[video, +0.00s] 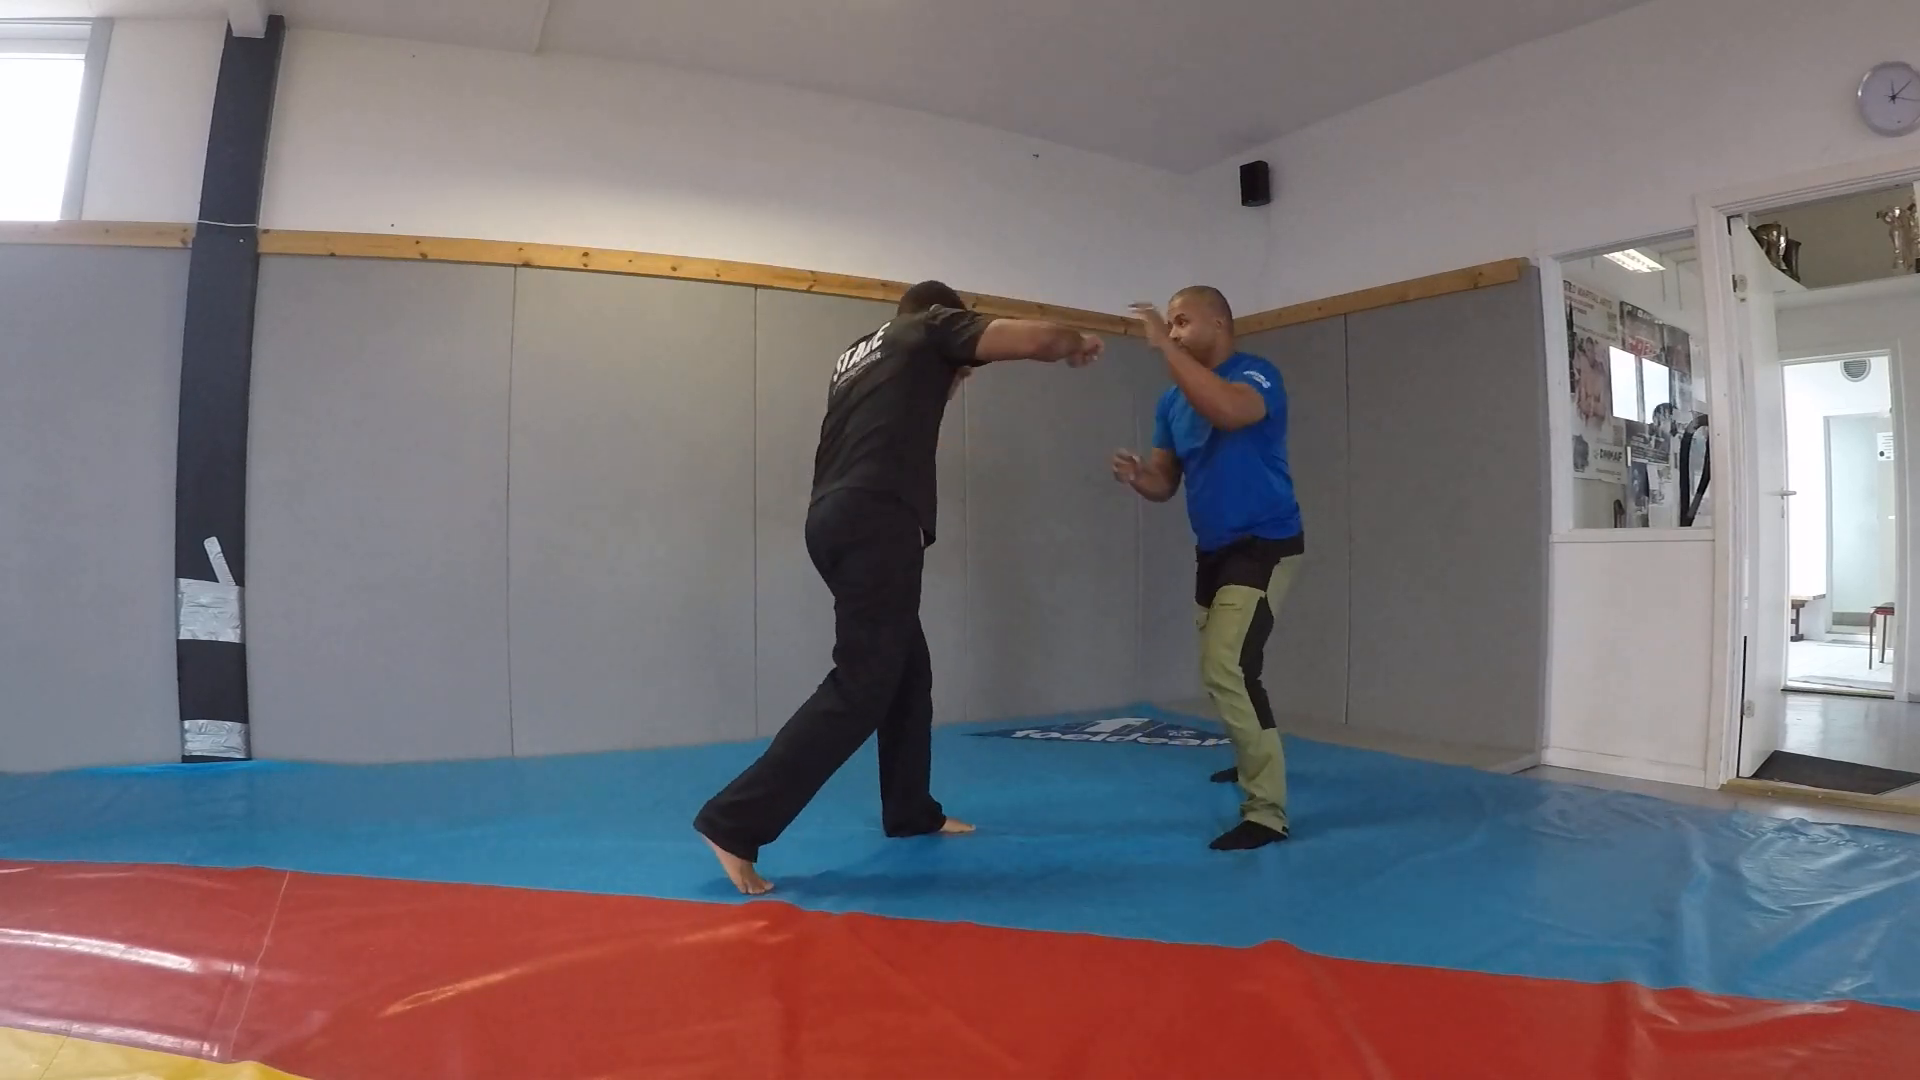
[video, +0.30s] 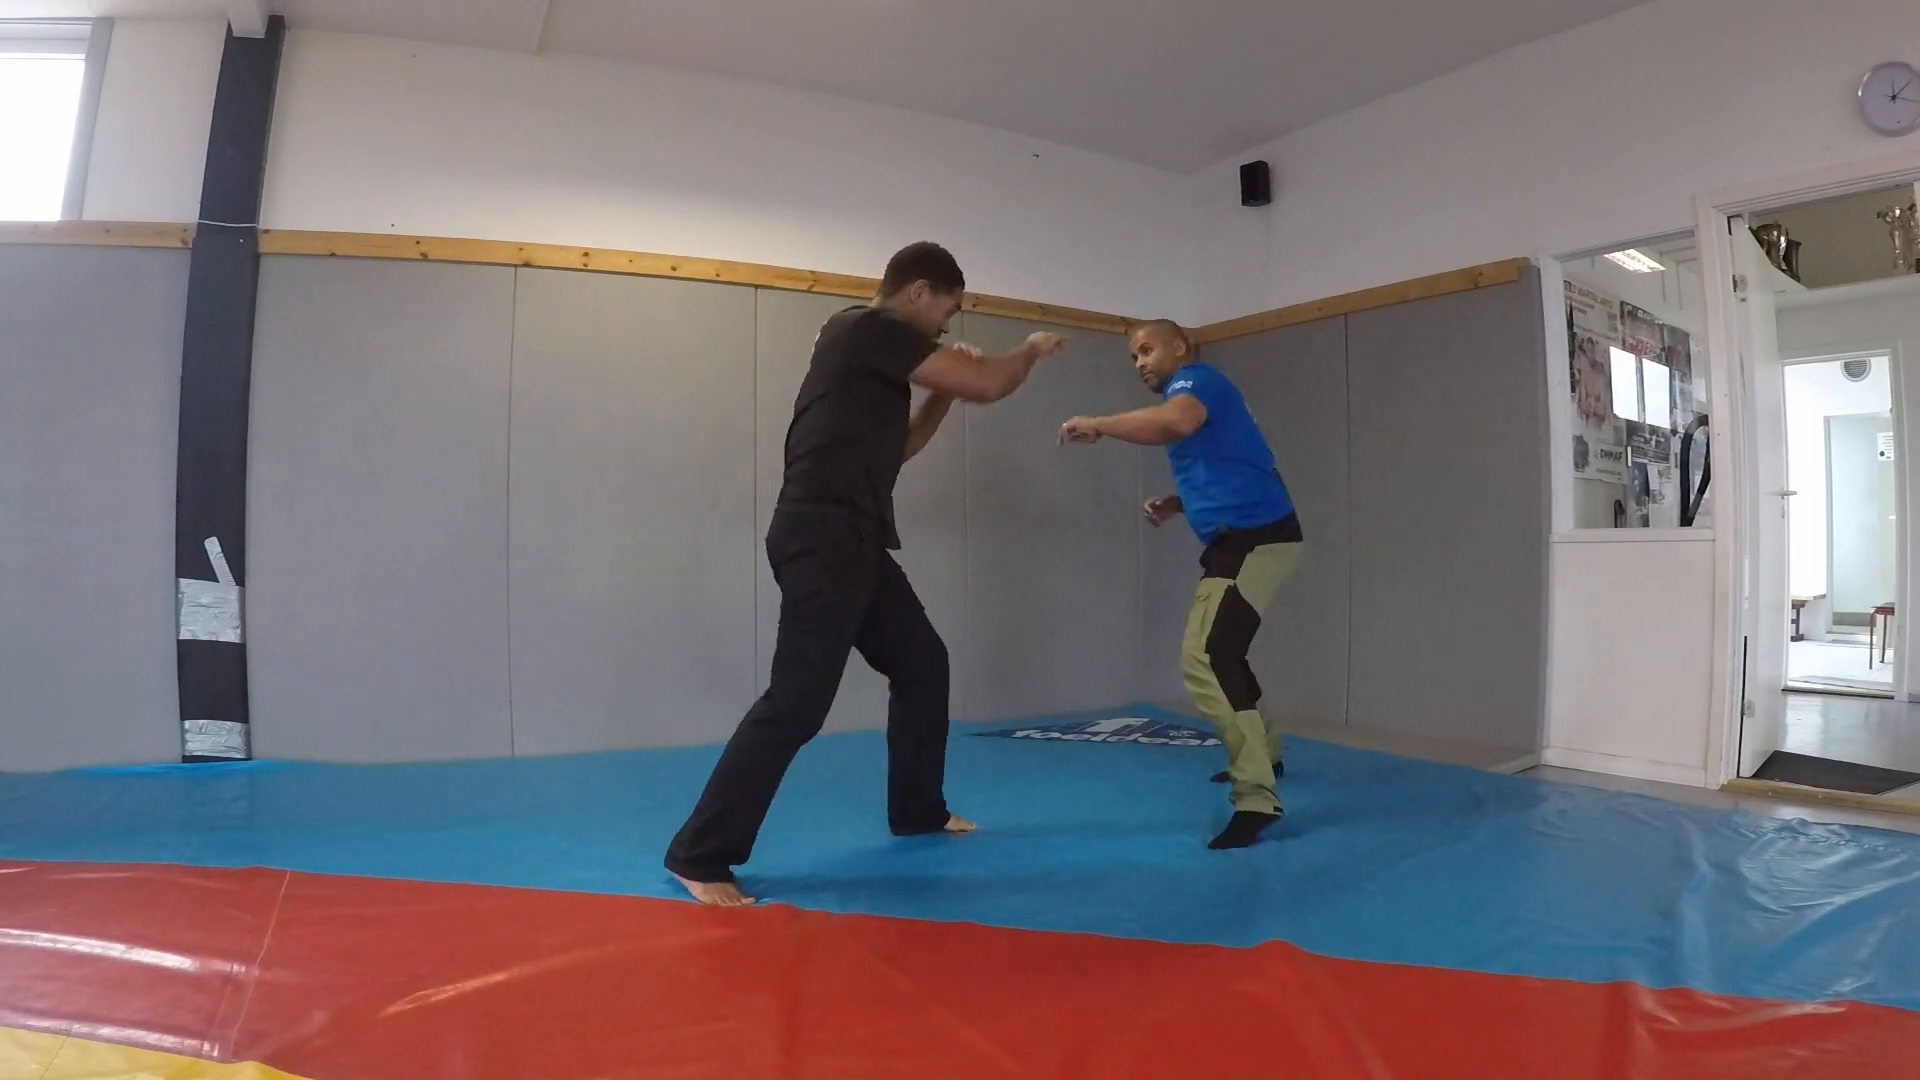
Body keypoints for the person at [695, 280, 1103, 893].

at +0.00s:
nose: (964, 366)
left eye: (965, 354)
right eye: (963, 335)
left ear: (904, 311)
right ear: (947, 316)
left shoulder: (858, 354)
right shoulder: (930, 325)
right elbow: (1040, 338)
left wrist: (952, 370)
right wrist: (1072, 344)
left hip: (832, 521)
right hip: (876, 517)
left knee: (909, 670)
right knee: (866, 681)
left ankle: (910, 812)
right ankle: (734, 824)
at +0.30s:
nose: (946, 326)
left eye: (949, 316)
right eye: (946, 310)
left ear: (902, 291)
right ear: (919, 291)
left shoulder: (859, 350)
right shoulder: (868, 329)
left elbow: (897, 450)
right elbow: (985, 382)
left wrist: (945, 389)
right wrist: (1030, 352)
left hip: (852, 542)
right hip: (824, 538)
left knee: (923, 665)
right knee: (797, 700)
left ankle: (918, 811)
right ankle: (699, 857)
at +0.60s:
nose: (991, 354)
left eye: (997, 345)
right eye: (992, 340)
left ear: (961, 321)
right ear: (967, 319)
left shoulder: (930, 375)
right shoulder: (875, 346)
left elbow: (925, 434)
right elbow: (901, 435)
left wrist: (994, 388)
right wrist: (984, 393)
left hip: (875, 545)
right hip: (818, 531)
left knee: (934, 669)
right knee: (836, 684)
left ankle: (943, 812)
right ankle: (727, 833)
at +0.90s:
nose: (963, 337)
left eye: (967, 329)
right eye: (966, 328)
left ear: (914, 303)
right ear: (949, 311)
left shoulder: (856, 346)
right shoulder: (919, 356)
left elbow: (916, 415)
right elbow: (1010, 437)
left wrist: (979, 393)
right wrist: (1035, 372)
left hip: (841, 548)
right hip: (840, 551)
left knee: (924, 675)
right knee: (810, 713)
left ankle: (945, 812)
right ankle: (711, 874)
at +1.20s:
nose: (941, 323)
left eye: (947, 313)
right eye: (939, 306)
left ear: (897, 289)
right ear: (903, 284)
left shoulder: (865, 339)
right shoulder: (873, 340)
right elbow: (916, 463)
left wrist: (955, 344)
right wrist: (976, 477)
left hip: (859, 543)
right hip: (830, 537)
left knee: (929, 668)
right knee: (807, 703)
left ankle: (931, 813)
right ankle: (714, 870)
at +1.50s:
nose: (909, 343)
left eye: (913, 334)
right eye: (908, 328)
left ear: (870, 313)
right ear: (873, 310)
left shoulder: (848, 357)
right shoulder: (806, 362)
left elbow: (895, 380)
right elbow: (884, 456)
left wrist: (940, 372)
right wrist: (944, 389)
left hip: (824, 558)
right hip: (775, 557)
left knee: (892, 679)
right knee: (760, 715)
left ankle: (929, 810)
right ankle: (654, 849)